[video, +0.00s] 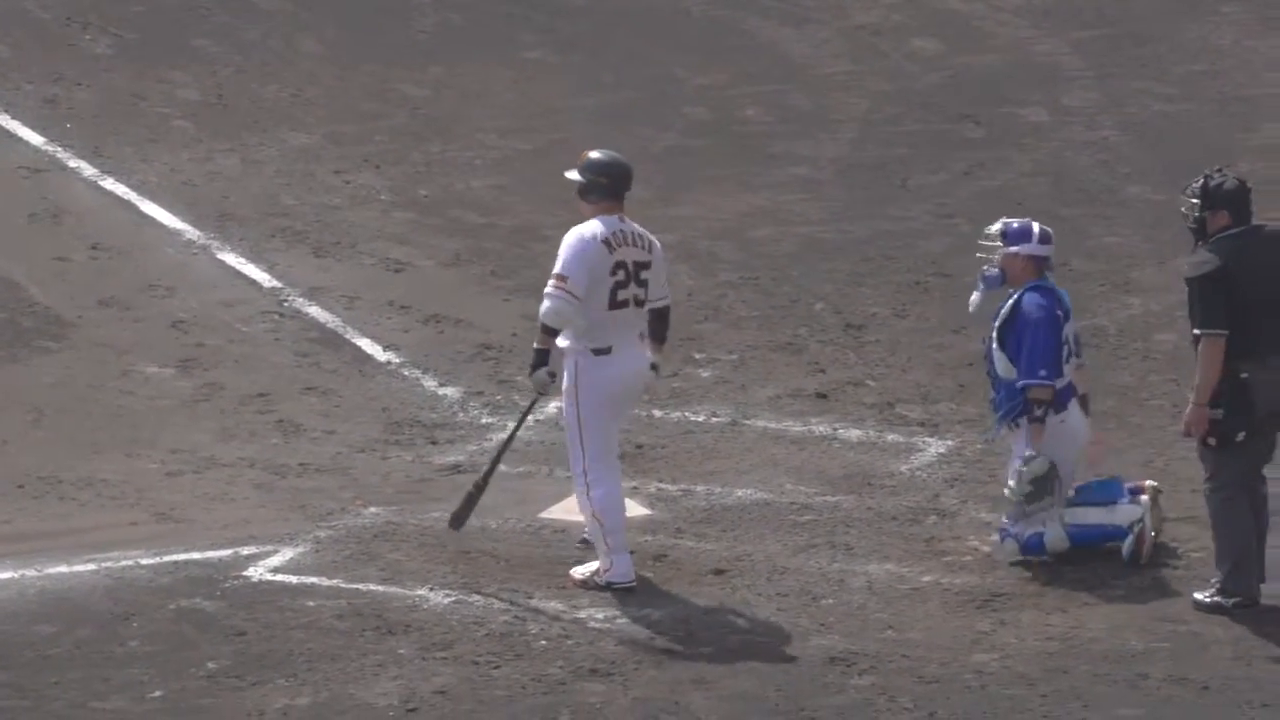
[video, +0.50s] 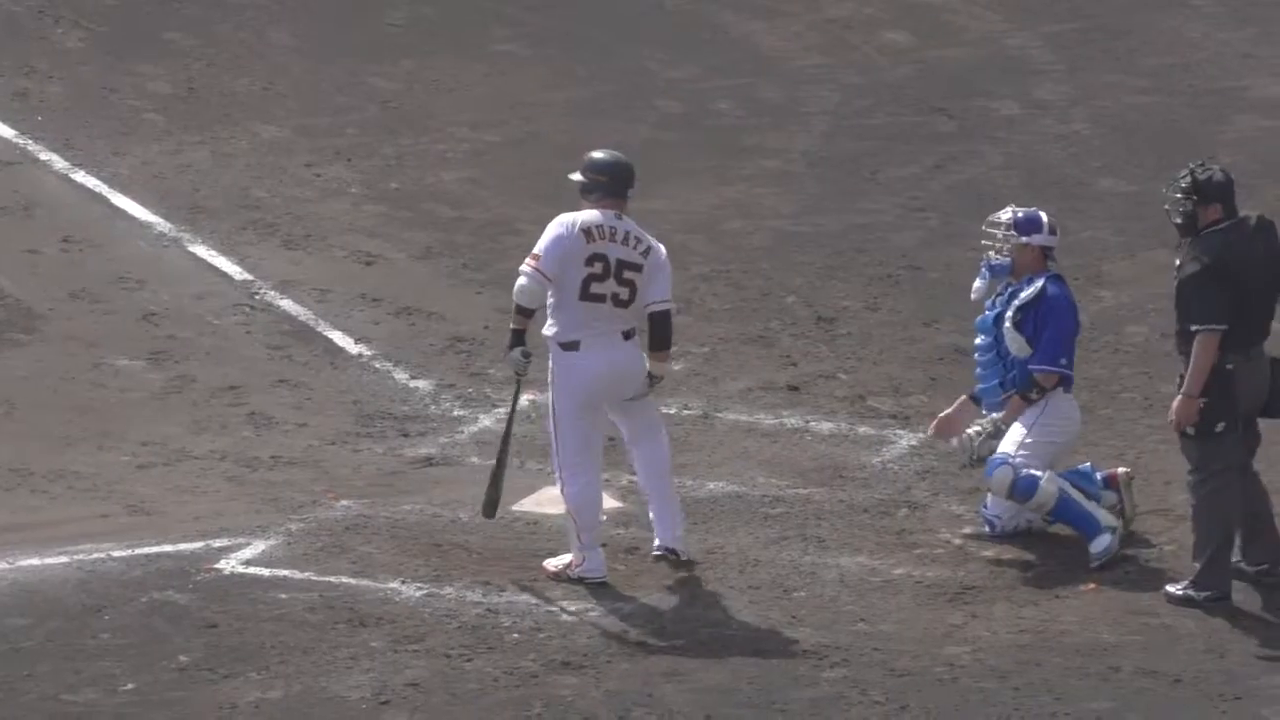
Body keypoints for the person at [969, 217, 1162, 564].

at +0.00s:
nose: (999, 258)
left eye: (1005, 252)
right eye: (1002, 251)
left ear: (1023, 260)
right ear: (1030, 259)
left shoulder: (1035, 306)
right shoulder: (1045, 294)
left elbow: (1040, 378)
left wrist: (1033, 440)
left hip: (1047, 422)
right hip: (1060, 416)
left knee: (1024, 530)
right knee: (1044, 509)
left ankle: (1127, 523)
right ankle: (1132, 498)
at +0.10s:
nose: (997, 254)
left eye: (1003, 247)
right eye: (999, 247)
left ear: (1023, 255)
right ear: (1029, 255)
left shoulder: (1037, 301)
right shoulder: (1031, 289)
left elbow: (1036, 380)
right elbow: (1010, 267)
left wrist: (1011, 433)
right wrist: (991, 275)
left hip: (1045, 419)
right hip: (1041, 413)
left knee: (1016, 523)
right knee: (1025, 505)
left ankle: (1124, 521)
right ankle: (1123, 495)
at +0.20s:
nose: (998, 249)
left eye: (1005, 242)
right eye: (1001, 241)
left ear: (1025, 250)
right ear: (1026, 250)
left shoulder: (1042, 293)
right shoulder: (1020, 291)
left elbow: (1037, 374)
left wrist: (994, 421)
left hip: (1044, 411)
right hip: (1028, 409)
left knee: (1013, 514)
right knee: (1015, 501)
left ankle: (1118, 519)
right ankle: (1113, 490)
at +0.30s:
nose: (1000, 249)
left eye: (1008, 243)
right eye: (1001, 242)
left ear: (1030, 249)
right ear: (1026, 249)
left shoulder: (1045, 292)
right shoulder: (1013, 291)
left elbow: (1041, 371)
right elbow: (1003, 370)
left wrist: (992, 410)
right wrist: (974, 408)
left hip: (1045, 407)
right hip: (1024, 408)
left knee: (1012, 497)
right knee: (1010, 520)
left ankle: (1115, 516)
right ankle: (1107, 484)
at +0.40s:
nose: (1000, 249)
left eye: (1009, 243)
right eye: (1001, 241)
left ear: (1032, 250)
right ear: (1023, 251)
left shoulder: (1048, 295)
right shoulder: (1008, 291)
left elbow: (1041, 373)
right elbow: (998, 370)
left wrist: (990, 417)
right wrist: (959, 406)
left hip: (1047, 405)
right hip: (1021, 407)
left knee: (1006, 479)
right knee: (1004, 519)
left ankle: (1107, 524)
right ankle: (1101, 484)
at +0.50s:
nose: (1002, 250)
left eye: (1011, 244)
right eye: (1002, 243)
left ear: (1034, 251)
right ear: (1028, 251)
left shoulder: (1051, 295)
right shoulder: (1009, 292)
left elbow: (1047, 375)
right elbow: (1003, 370)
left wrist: (998, 421)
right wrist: (962, 410)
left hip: (1049, 408)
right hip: (1021, 411)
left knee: (1003, 472)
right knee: (1000, 518)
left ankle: (1099, 528)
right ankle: (1096, 485)